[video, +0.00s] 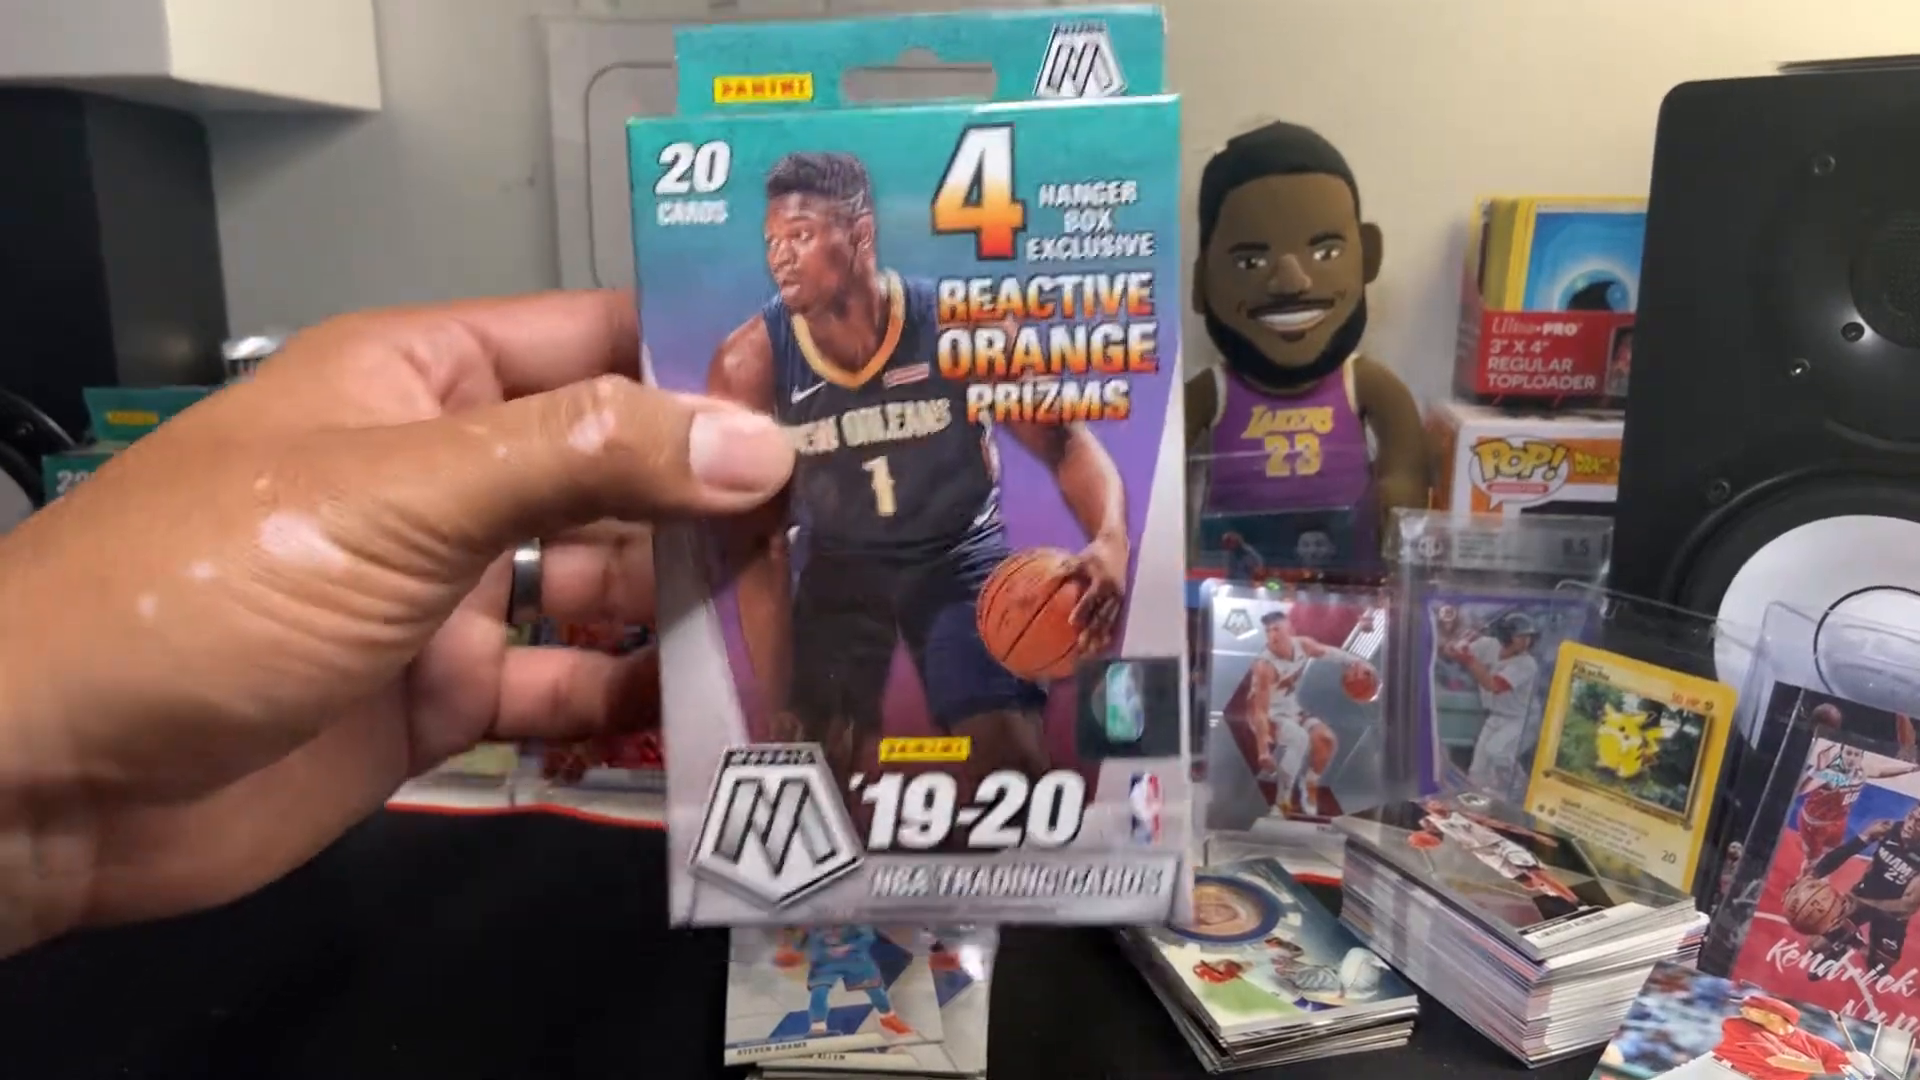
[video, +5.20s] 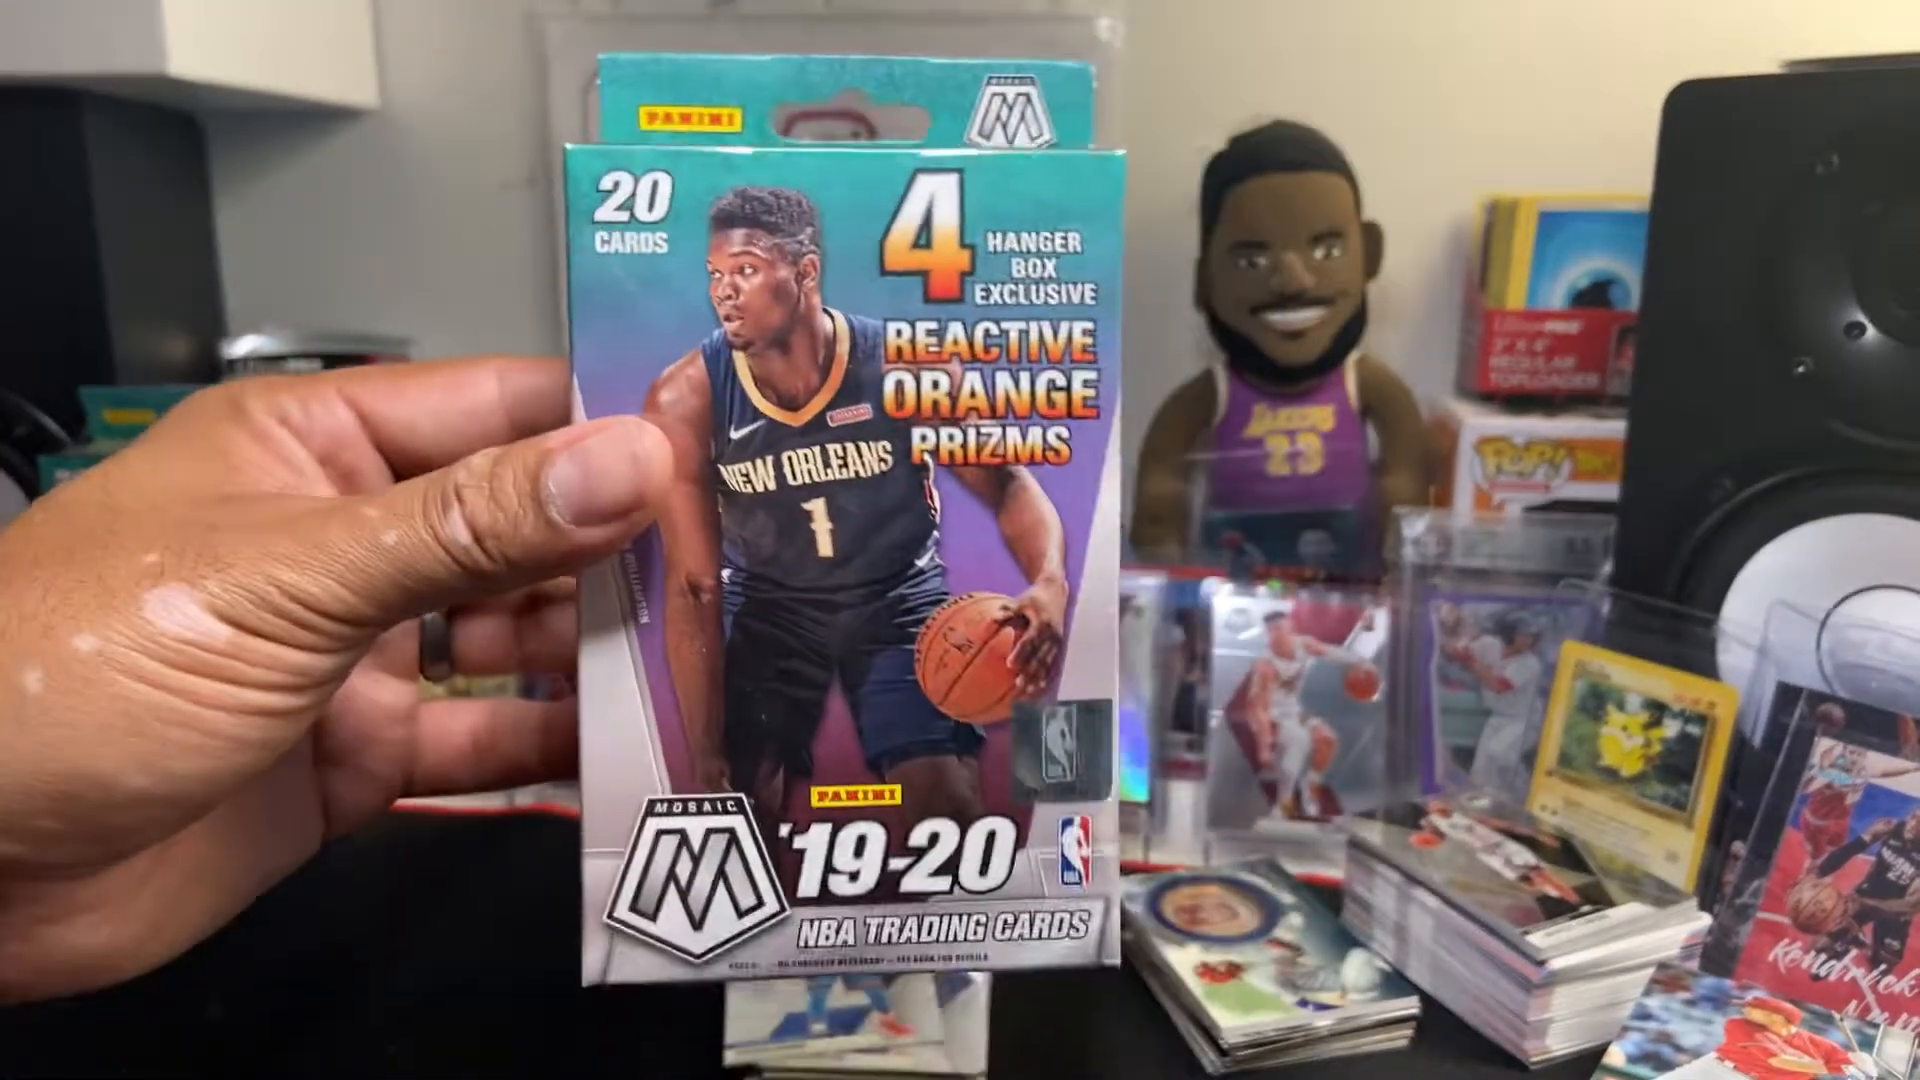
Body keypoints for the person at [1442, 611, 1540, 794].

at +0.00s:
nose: (1527, 642)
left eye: (1529, 637)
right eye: (1522, 637)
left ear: (1531, 639)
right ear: (1509, 637)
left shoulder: (1527, 664)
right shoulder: (1490, 646)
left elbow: (1495, 685)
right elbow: (1458, 651)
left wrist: (1470, 661)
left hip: (1520, 722)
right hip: (1495, 719)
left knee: (1495, 750)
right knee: (1478, 768)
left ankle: (1520, 789)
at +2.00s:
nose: (1528, 641)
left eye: (1530, 637)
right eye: (1523, 635)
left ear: (1533, 639)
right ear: (1510, 635)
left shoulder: (1529, 663)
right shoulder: (1491, 645)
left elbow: (1496, 685)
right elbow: (1458, 650)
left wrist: (1471, 659)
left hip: (1518, 722)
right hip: (1495, 717)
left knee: (1497, 752)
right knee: (1482, 754)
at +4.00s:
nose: (1526, 640)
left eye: (1528, 636)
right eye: (1521, 635)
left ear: (1529, 638)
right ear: (1508, 634)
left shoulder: (1526, 662)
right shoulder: (1489, 645)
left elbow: (1495, 684)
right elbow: (1453, 649)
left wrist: (1468, 660)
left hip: (1521, 720)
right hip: (1494, 717)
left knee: (1494, 749)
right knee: (1477, 766)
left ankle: (1520, 789)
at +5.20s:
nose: (1528, 641)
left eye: (1531, 637)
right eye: (1524, 635)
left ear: (1534, 640)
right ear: (1514, 635)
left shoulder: (1530, 663)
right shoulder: (1492, 647)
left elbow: (1501, 685)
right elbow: (1462, 652)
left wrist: (1475, 664)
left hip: (1520, 721)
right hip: (1497, 718)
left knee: (1498, 752)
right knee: (1482, 761)